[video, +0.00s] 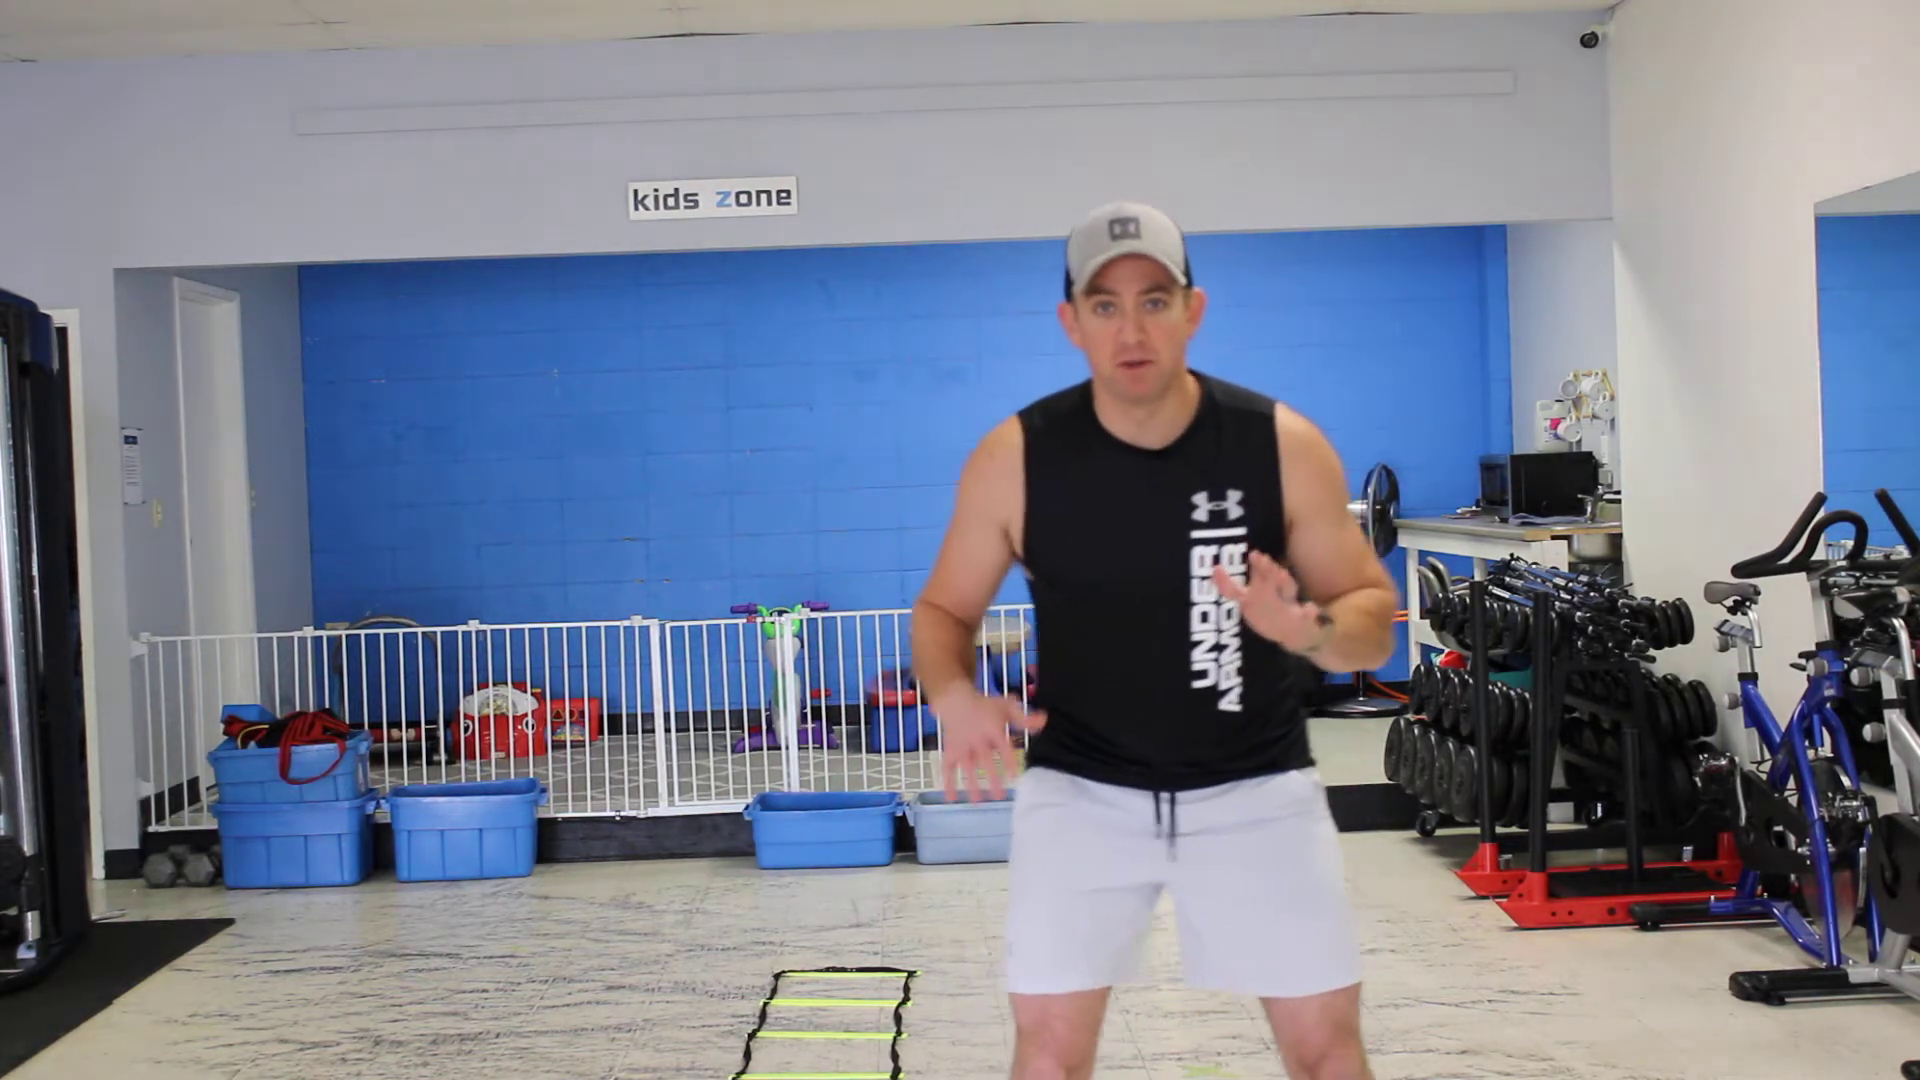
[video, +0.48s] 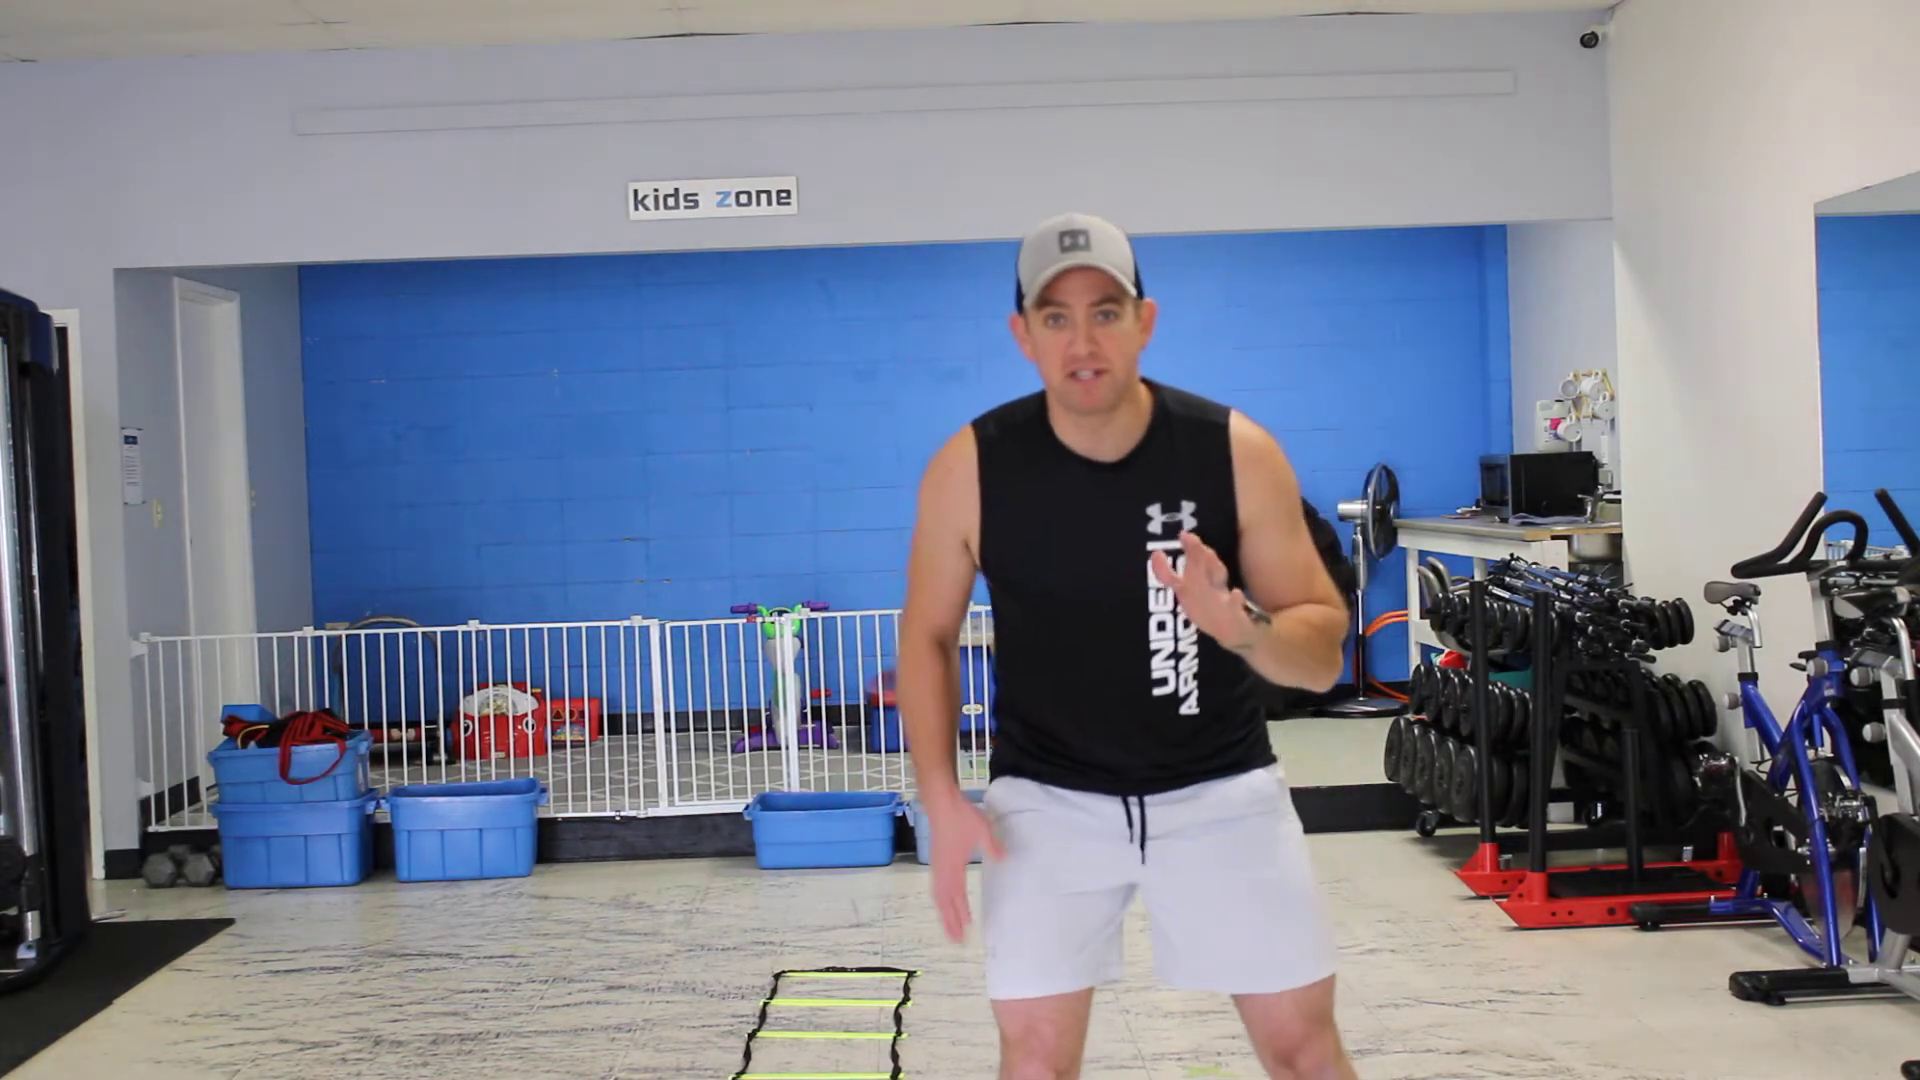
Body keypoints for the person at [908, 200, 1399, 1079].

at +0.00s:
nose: (1131, 332)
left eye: (1153, 303)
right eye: (1105, 307)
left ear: (1194, 310)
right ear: (1072, 324)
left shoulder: (1284, 447)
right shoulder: (1016, 459)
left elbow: (1376, 618)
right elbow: (944, 612)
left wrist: (1313, 632)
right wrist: (955, 694)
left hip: (1259, 799)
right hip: (1078, 804)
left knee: (1327, 1054)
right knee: (1049, 1058)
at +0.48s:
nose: (1083, 343)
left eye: (1106, 314)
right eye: (1057, 318)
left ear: (1145, 323)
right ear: (1024, 335)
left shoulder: (1238, 455)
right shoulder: (971, 469)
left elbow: (1322, 652)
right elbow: (927, 638)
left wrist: (1244, 630)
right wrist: (940, 797)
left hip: (1226, 800)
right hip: (1049, 809)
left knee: (1305, 1053)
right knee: (1036, 1061)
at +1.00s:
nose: (999, 438)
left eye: (1022, 409)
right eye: (973, 411)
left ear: (1062, 413)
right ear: (939, 419)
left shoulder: (1144, 532)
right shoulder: (878, 533)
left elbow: (1229, 743)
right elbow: (833, 647)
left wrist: (1142, 727)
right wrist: (876, 794)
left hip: (1142, 831)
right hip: (969, 838)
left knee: (1243, 1067)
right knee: (987, 1069)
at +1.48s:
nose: (947, 574)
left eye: (973, 542)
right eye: (922, 545)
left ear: (1016, 544)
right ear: (894, 551)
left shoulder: (1104, 650)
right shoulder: (848, 650)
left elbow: (1180, 876)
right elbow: (840, 743)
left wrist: (1055, 853)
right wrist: (878, 880)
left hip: (1108, 923)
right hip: (953, 899)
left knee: (1120, 1066)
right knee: (966, 1066)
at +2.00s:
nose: (950, 602)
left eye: (976, 571)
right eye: (926, 572)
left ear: (1018, 572)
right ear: (897, 579)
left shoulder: (1110, 673)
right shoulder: (852, 674)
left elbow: (1183, 896)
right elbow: (848, 755)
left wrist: (1052, 872)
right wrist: (883, 895)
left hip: (1112, 931)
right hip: (959, 902)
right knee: (957, 1066)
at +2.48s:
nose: (995, 569)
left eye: (1022, 538)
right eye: (970, 541)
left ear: (1066, 540)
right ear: (941, 547)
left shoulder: (1158, 643)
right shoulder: (898, 647)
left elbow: (1240, 857)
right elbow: (861, 747)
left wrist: (1096, 865)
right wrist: (891, 901)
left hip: (1153, 920)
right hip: (994, 901)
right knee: (1018, 1066)